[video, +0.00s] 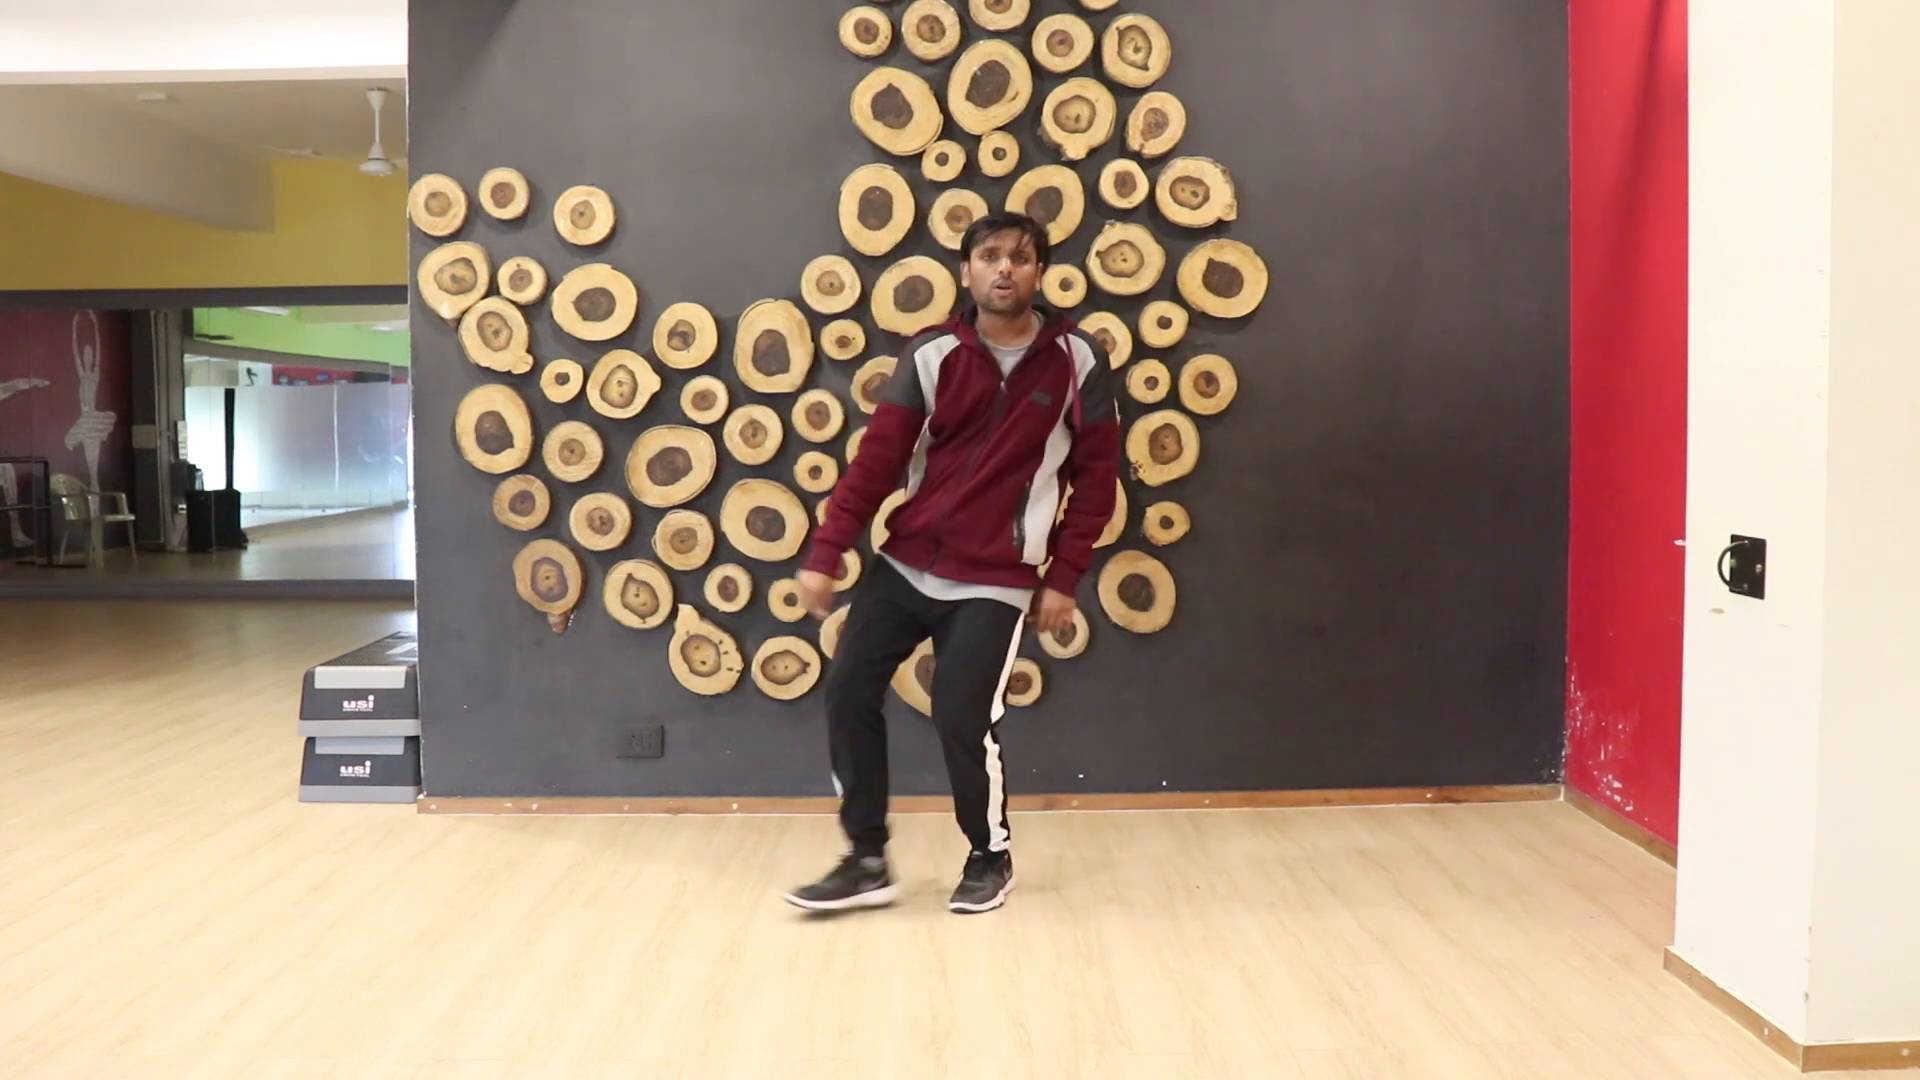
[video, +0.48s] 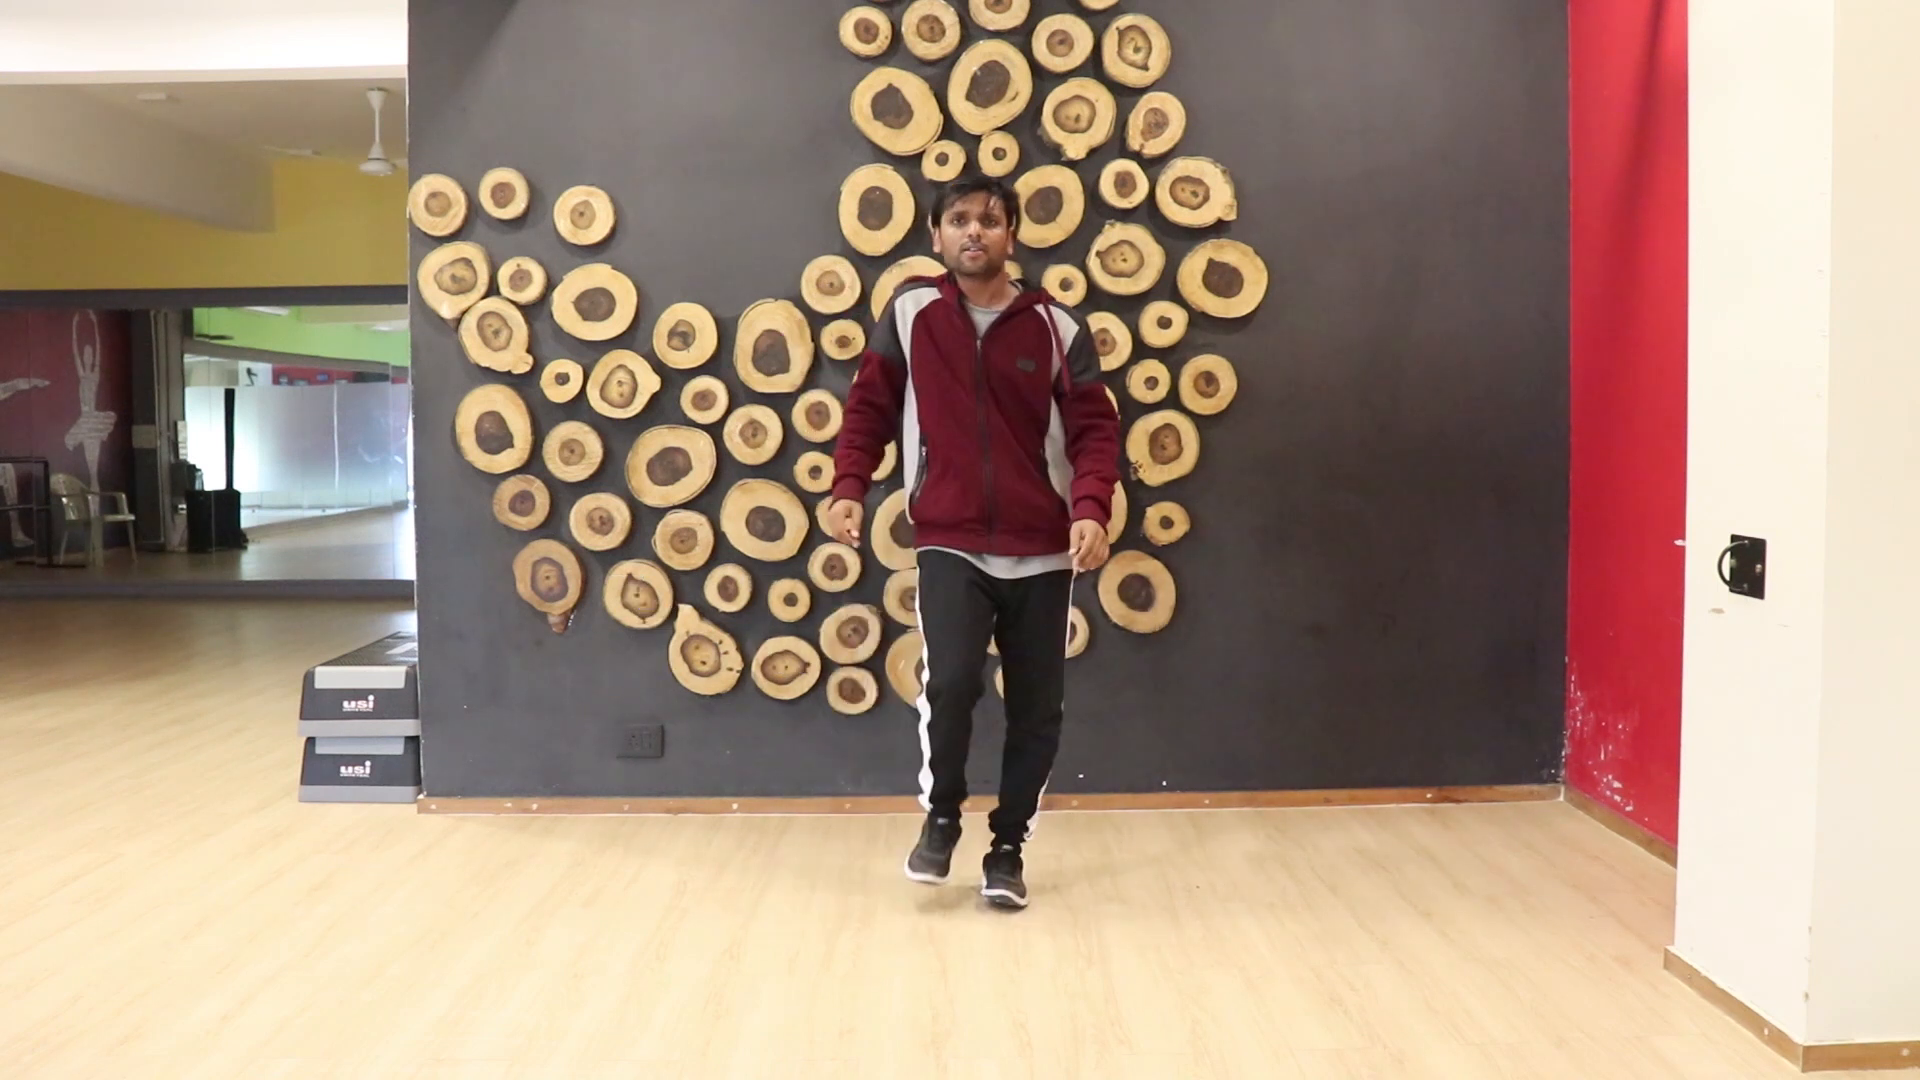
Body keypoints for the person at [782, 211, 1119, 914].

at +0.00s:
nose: (1006, 269)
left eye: (1020, 258)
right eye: (991, 257)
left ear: (1039, 273)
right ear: (968, 272)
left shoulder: (1074, 362)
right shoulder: (932, 355)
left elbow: (1098, 474)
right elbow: (877, 458)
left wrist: (1064, 578)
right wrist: (823, 556)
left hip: (996, 580)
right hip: (908, 564)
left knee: (960, 715)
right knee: (849, 688)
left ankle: (988, 857)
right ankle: (866, 859)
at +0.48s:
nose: (975, 232)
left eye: (989, 220)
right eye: (960, 222)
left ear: (1011, 235)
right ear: (938, 237)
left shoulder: (1055, 323)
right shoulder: (910, 315)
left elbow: (1094, 422)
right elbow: (869, 404)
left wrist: (1090, 509)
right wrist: (849, 485)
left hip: (1040, 548)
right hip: (949, 543)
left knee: (1036, 708)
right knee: (950, 683)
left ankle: (1007, 851)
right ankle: (939, 820)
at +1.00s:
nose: (942, 231)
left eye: (956, 220)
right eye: (927, 221)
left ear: (979, 237)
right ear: (907, 239)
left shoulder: (1021, 323)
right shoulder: (875, 330)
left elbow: (1056, 436)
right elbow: (844, 438)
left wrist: (1062, 537)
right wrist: (839, 533)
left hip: (994, 555)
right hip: (896, 556)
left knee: (1003, 695)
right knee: (908, 710)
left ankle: (999, 840)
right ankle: (934, 850)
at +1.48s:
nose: (942, 222)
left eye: (957, 212)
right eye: (928, 212)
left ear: (981, 232)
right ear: (907, 232)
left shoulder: (1019, 319)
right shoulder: (868, 322)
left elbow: (1049, 437)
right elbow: (839, 434)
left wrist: (1041, 540)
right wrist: (848, 532)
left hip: (990, 554)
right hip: (896, 553)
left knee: (988, 708)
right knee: (910, 710)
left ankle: (987, 846)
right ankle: (934, 847)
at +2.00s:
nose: (949, 230)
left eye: (965, 218)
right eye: (933, 217)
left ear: (987, 237)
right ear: (908, 237)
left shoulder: (1027, 329)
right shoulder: (867, 325)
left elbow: (1081, 434)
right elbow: (815, 435)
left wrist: (1034, 492)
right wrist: (869, 441)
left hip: (997, 576)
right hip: (896, 575)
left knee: (1009, 737)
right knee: (911, 730)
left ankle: (1019, 913)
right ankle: (936, 847)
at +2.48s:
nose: (958, 217)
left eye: (970, 203)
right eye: (937, 204)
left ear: (987, 219)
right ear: (899, 221)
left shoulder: (1039, 313)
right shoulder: (866, 316)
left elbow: (1145, 305)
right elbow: (808, 453)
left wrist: (1079, 239)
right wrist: (828, 348)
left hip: (999, 584)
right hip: (887, 578)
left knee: (1021, 762)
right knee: (860, 743)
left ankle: (1035, 945)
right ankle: (766, 909)